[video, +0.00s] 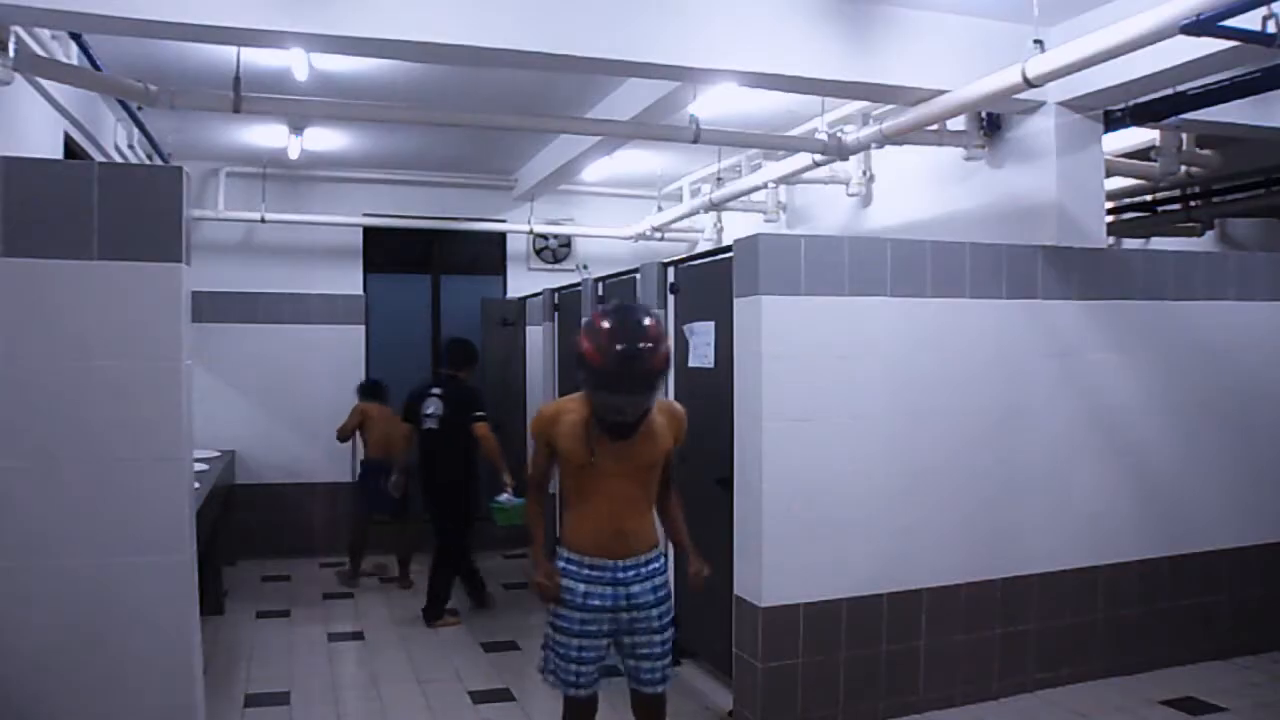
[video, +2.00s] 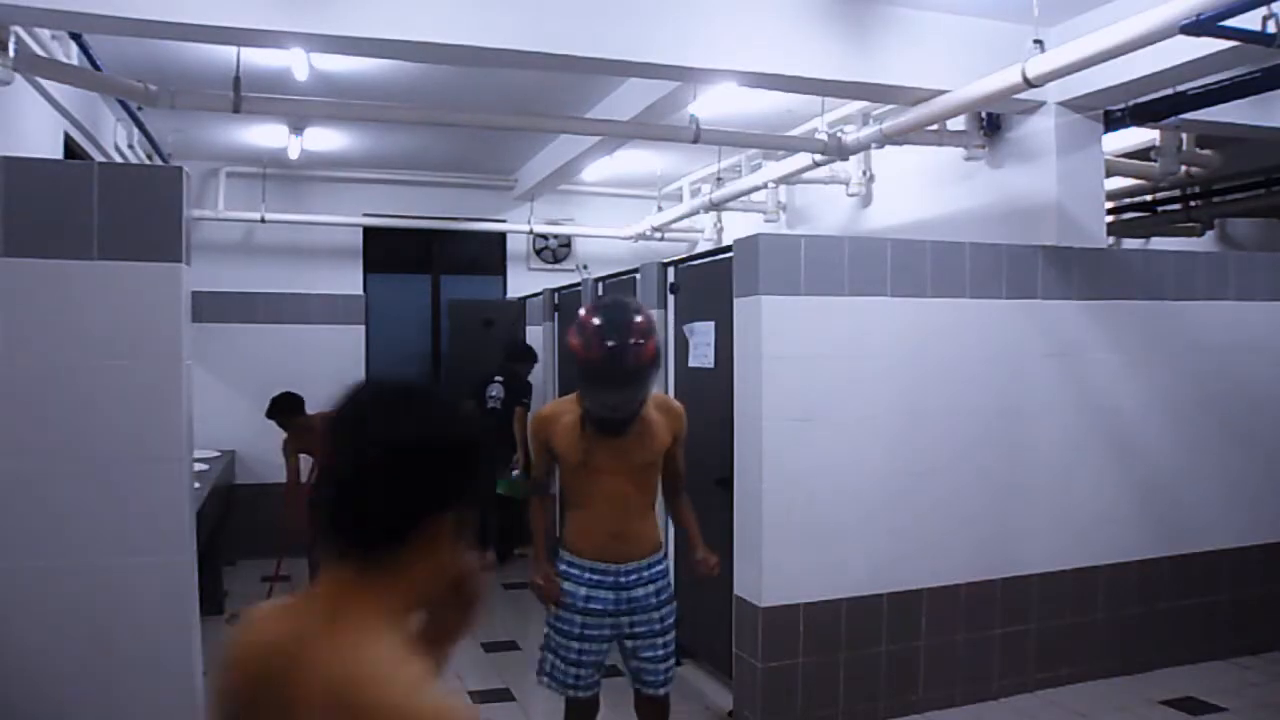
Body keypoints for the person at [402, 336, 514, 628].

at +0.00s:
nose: (473, 371)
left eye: (472, 366)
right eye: (473, 366)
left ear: (443, 362)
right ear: (469, 366)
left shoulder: (422, 392)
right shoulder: (469, 394)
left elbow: (405, 433)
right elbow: (484, 435)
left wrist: (399, 470)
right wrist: (504, 471)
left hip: (430, 476)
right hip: (460, 477)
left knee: (455, 540)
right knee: (450, 542)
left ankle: (479, 594)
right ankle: (434, 611)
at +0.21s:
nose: (483, 365)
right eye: (483, 360)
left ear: (457, 358)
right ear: (483, 361)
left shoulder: (439, 389)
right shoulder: (483, 391)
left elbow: (428, 431)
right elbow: (493, 431)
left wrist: (424, 464)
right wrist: (512, 469)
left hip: (449, 471)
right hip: (479, 471)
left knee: (464, 530)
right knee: (484, 530)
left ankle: (480, 593)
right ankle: (458, 589)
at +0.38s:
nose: (492, 365)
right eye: (492, 359)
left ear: (467, 358)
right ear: (492, 361)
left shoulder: (448, 386)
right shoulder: (492, 389)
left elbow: (439, 427)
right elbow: (501, 429)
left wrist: (450, 451)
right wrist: (518, 463)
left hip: (459, 468)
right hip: (489, 469)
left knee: (469, 529)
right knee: (499, 527)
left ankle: (477, 590)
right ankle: (499, 584)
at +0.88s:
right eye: (513, 360)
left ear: (490, 358)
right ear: (516, 361)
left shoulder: (472, 384)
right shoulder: (520, 390)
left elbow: (457, 413)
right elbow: (525, 426)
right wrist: (532, 457)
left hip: (477, 462)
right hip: (507, 462)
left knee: (479, 514)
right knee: (511, 518)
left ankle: (484, 568)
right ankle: (511, 578)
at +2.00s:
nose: (531, 369)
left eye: (532, 364)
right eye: (530, 364)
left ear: (508, 360)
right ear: (523, 363)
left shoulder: (490, 379)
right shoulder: (522, 385)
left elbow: (478, 410)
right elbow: (519, 416)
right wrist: (520, 450)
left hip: (487, 446)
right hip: (508, 448)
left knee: (488, 497)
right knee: (508, 500)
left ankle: (483, 545)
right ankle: (504, 549)